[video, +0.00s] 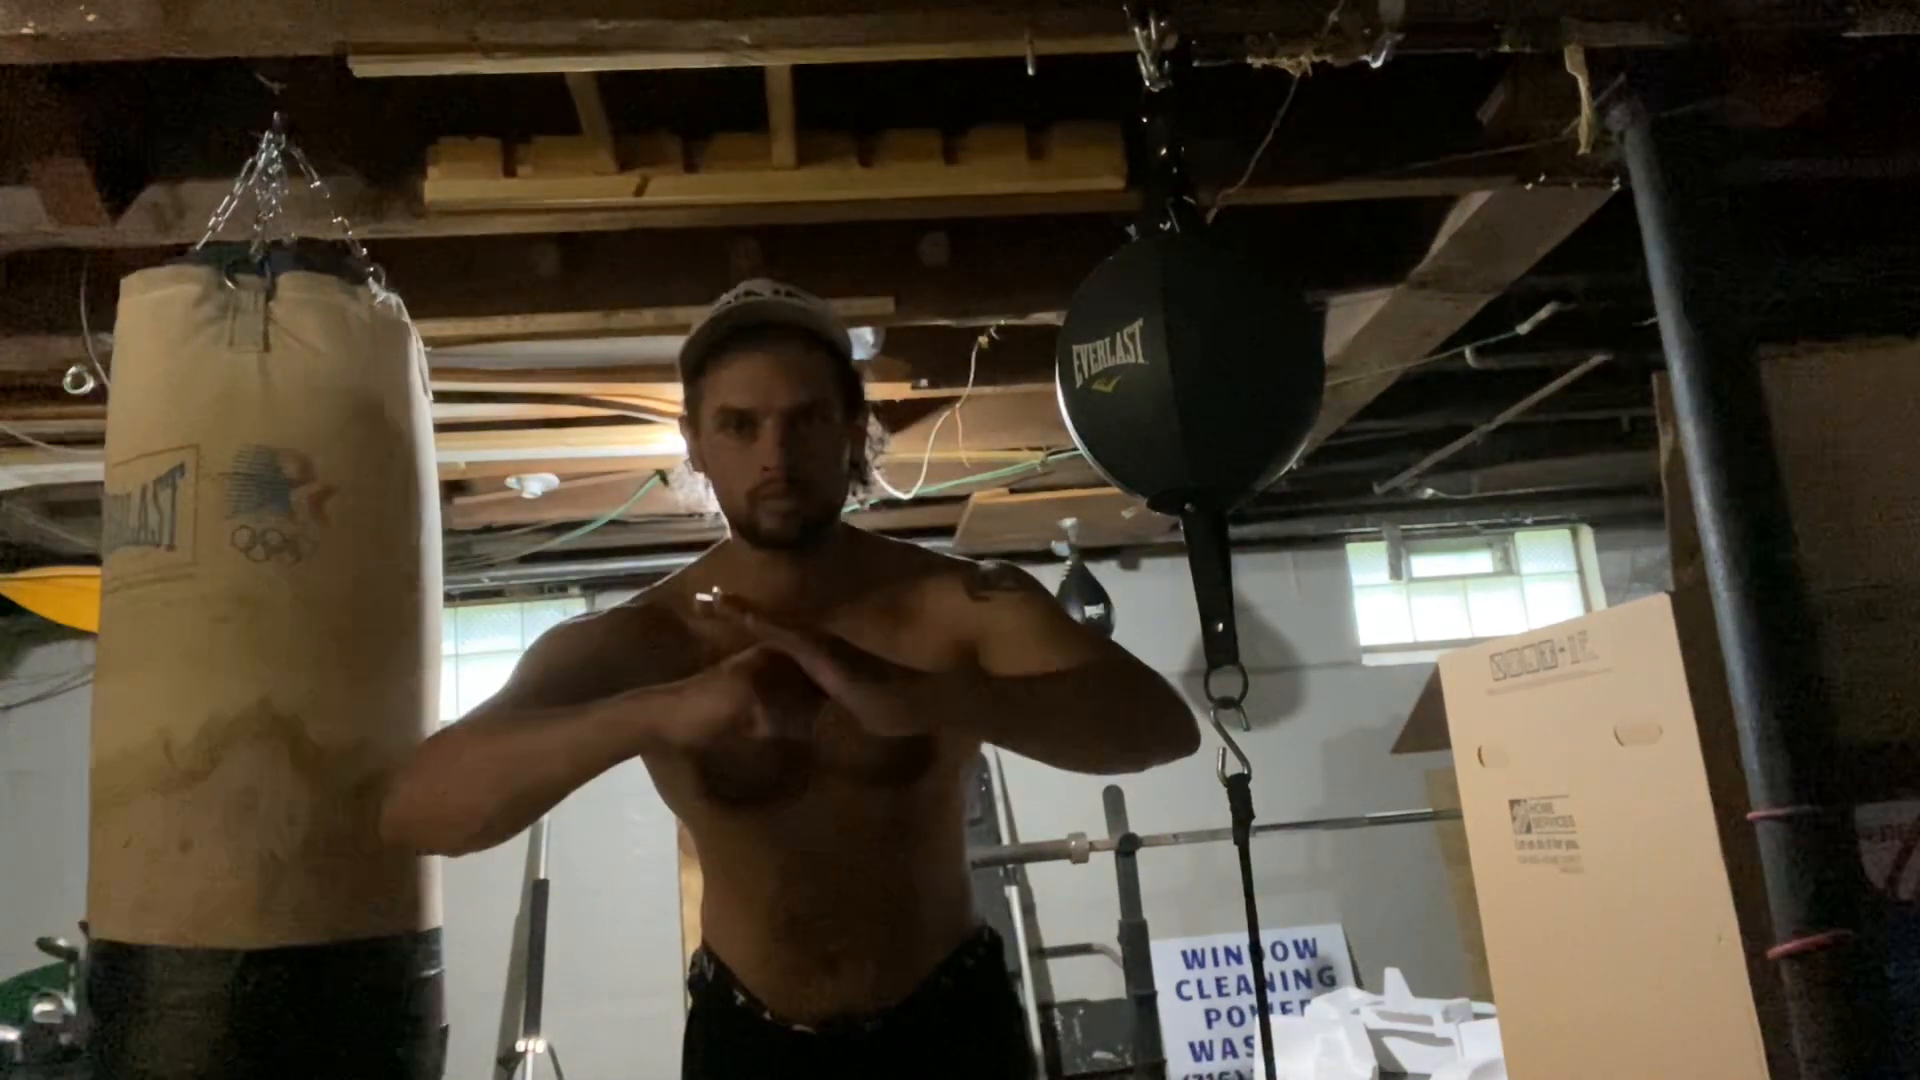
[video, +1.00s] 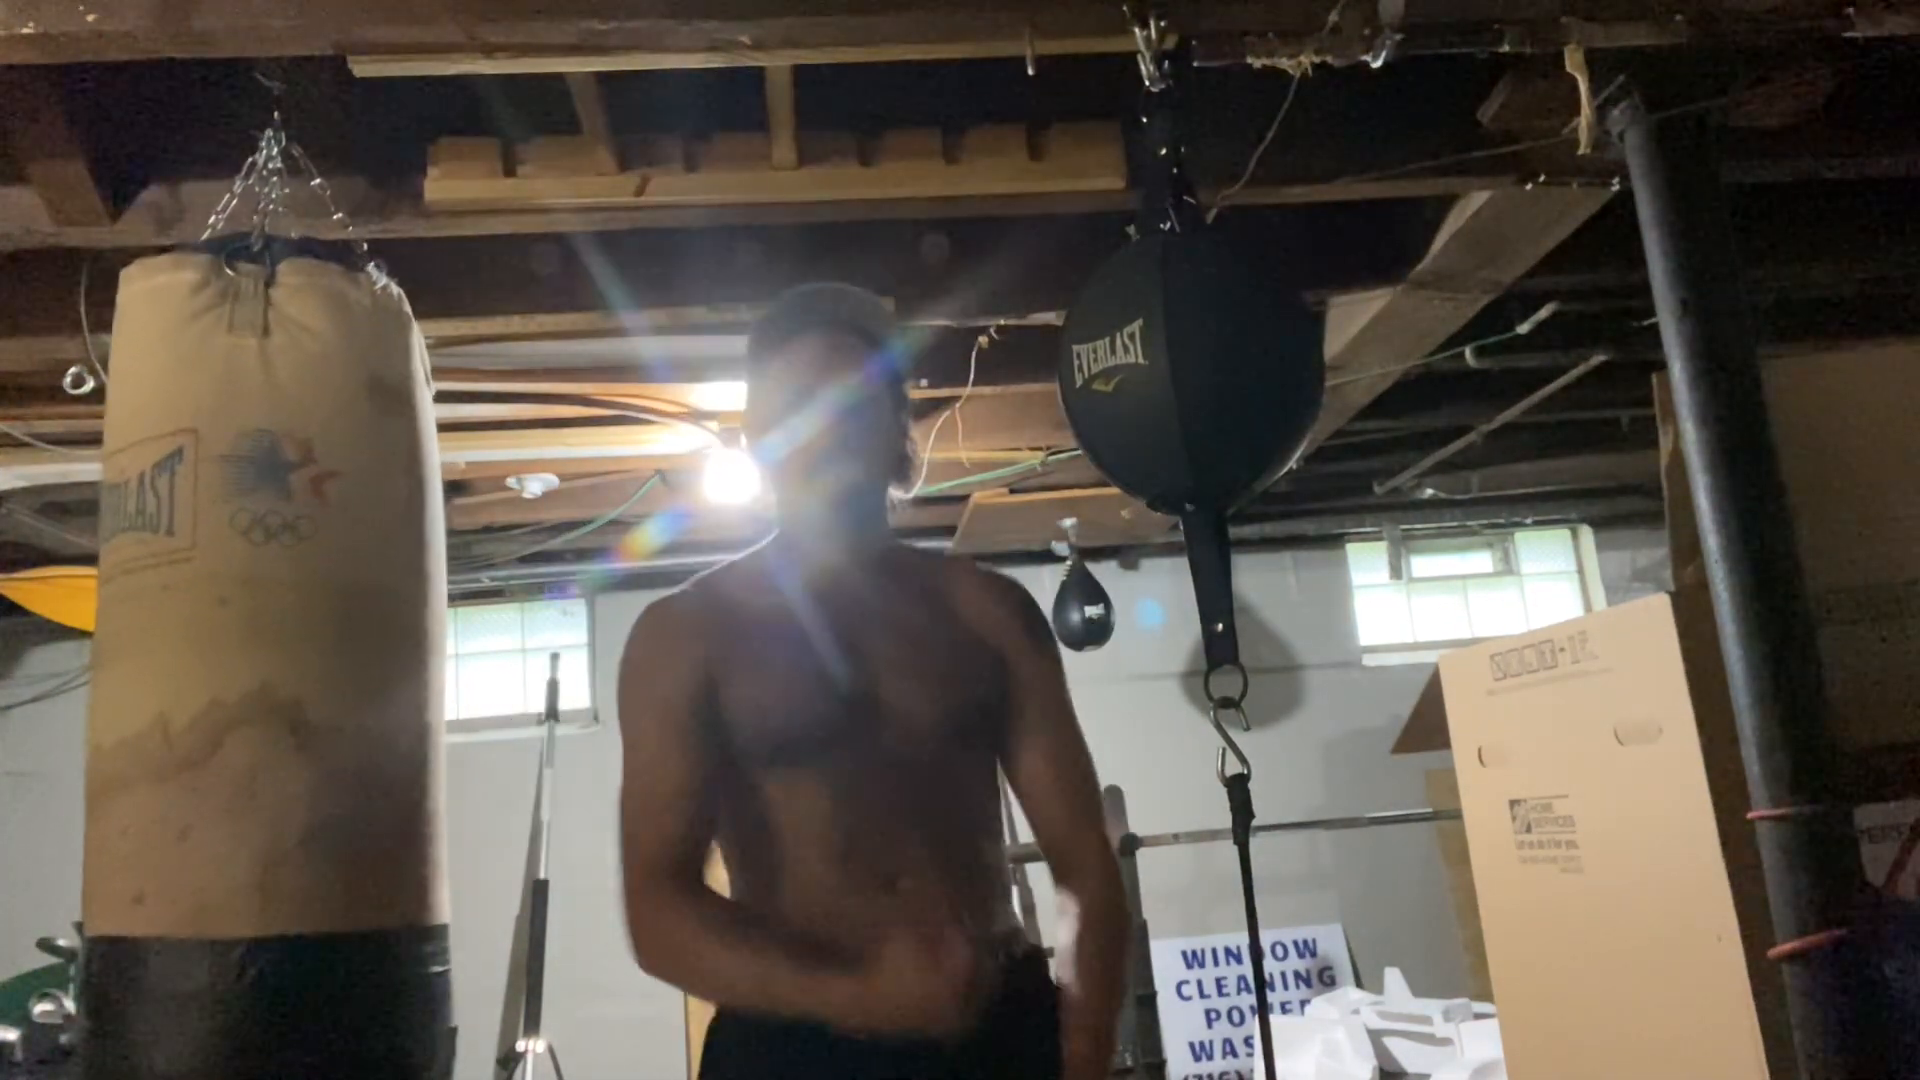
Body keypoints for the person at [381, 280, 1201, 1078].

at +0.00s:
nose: (775, 455)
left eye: (806, 419)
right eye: (739, 426)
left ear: (855, 438)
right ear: (697, 452)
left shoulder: (957, 603)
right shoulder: (635, 644)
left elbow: (1162, 725)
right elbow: (414, 811)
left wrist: (937, 704)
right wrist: (656, 719)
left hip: (948, 1024)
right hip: (748, 1039)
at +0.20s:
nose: (777, 435)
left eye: (808, 403)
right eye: (743, 407)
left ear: (857, 421)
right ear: (701, 434)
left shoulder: (949, 590)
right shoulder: (636, 628)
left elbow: (1157, 705)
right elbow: (427, 794)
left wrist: (940, 675)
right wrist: (657, 692)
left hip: (946, 1023)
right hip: (749, 1041)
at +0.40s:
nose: (771, 406)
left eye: (804, 375)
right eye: (738, 377)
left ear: (854, 405)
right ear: (695, 408)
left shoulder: (934, 576)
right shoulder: (630, 610)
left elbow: (1146, 708)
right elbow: (448, 795)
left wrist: (935, 649)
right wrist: (672, 671)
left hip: (938, 1016)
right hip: (740, 1032)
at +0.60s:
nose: (775, 395)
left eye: (806, 371)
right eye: (742, 370)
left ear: (851, 407)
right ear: (698, 409)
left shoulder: (942, 582)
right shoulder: (636, 610)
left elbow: (1126, 763)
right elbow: (509, 851)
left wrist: (942, 703)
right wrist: (703, 726)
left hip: (934, 1008)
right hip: (736, 1025)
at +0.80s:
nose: (791, 405)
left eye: (819, 377)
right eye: (759, 377)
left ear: (865, 408)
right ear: (719, 416)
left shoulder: (958, 594)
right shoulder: (649, 621)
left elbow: (1115, 818)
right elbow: (576, 883)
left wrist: (1009, 844)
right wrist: (788, 848)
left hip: (951, 1010)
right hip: (751, 1023)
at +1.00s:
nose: (827, 430)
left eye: (853, 402)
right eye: (797, 407)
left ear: (902, 436)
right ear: (755, 441)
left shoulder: (989, 612)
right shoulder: (686, 636)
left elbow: (1093, 879)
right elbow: (662, 920)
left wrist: (1084, 1054)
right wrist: (858, 997)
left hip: (998, 1031)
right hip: (794, 1044)